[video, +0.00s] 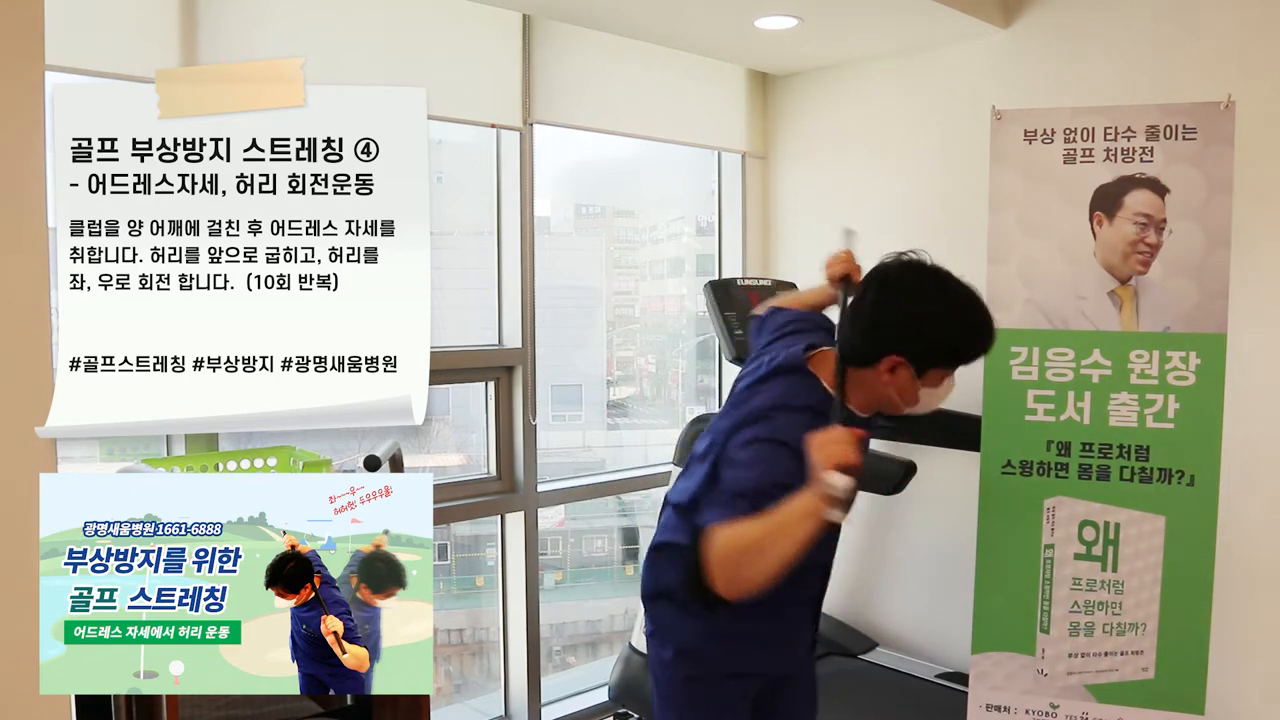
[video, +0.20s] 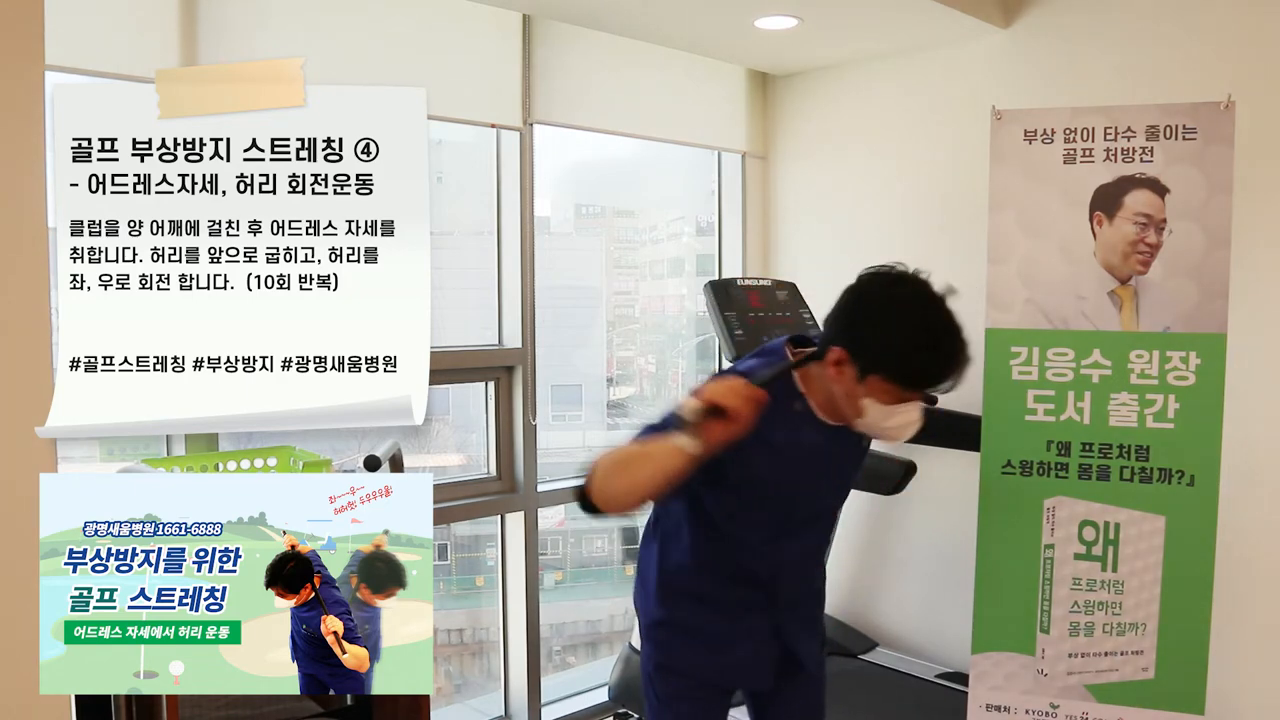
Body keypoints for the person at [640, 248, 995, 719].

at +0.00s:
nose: (941, 388)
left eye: (945, 378)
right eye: (938, 378)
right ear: (893, 372)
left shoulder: (805, 337)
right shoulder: (778, 426)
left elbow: (769, 310)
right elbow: (728, 576)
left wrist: (830, 290)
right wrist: (822, 494)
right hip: (710, 651)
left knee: (791, 710)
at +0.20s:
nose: (892, 413)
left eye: (907, 403)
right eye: (889, 401)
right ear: (840, 366)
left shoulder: (856, 393)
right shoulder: (741, 396)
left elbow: (915, 420)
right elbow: (599, 493)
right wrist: (696, 442)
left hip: (792, 626)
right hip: (692, 631)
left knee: (799, 711)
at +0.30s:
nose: (859, 421)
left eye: (870, 408)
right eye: (844, 406)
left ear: (889, 380)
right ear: (794, 360)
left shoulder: (858, 397)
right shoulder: (703, 395)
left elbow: (908, 417)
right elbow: (560, 439)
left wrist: (937, 377)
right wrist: (637, 401)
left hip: (792, 631)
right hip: (683, 631)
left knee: (801, 714)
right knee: (677, 712)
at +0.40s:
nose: (819, 427)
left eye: (840, 411)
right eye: (805, 407)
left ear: (864, 390)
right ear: (766, 360)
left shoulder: (872, 405)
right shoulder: (692, 385)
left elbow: (929, 430)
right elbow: (556, 412)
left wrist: (946, 395)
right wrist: (609, 377)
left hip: (789, 621)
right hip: (678, 621)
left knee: (802, 710)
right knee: (674, 711)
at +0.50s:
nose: (772, 426)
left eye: (795, 410)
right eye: (758, 407)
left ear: (824, 387)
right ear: (726, 368)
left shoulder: (857, 416)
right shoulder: (669, 374)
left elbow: (940, 471)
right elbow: (557, 381)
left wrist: (942, 433)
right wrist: (586, 350)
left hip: (784, 614)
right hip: (668, 608)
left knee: (799, 711)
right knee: (669, 711)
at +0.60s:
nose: (731, 426)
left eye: (759, 413)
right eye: (717, 405)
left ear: (794, 394)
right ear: (698, 368)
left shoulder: (841, 423)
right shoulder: (656, 366)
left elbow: (937, 501)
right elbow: (570, 366)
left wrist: (928, 454)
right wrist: (581, 340)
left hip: (780, 618)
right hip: (663, 609)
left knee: (797, 712)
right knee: (663, 713)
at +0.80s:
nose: (657, 427)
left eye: (682, 418)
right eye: (645, 410)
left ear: (734, 398)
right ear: (638, 372)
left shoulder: (785, 446)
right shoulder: (637, 356)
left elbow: (905, 556)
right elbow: (597, 334)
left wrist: (869, 499)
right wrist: (587, 314)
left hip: (767, 623)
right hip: (656, 607)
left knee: (790, 707)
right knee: (656, 707)